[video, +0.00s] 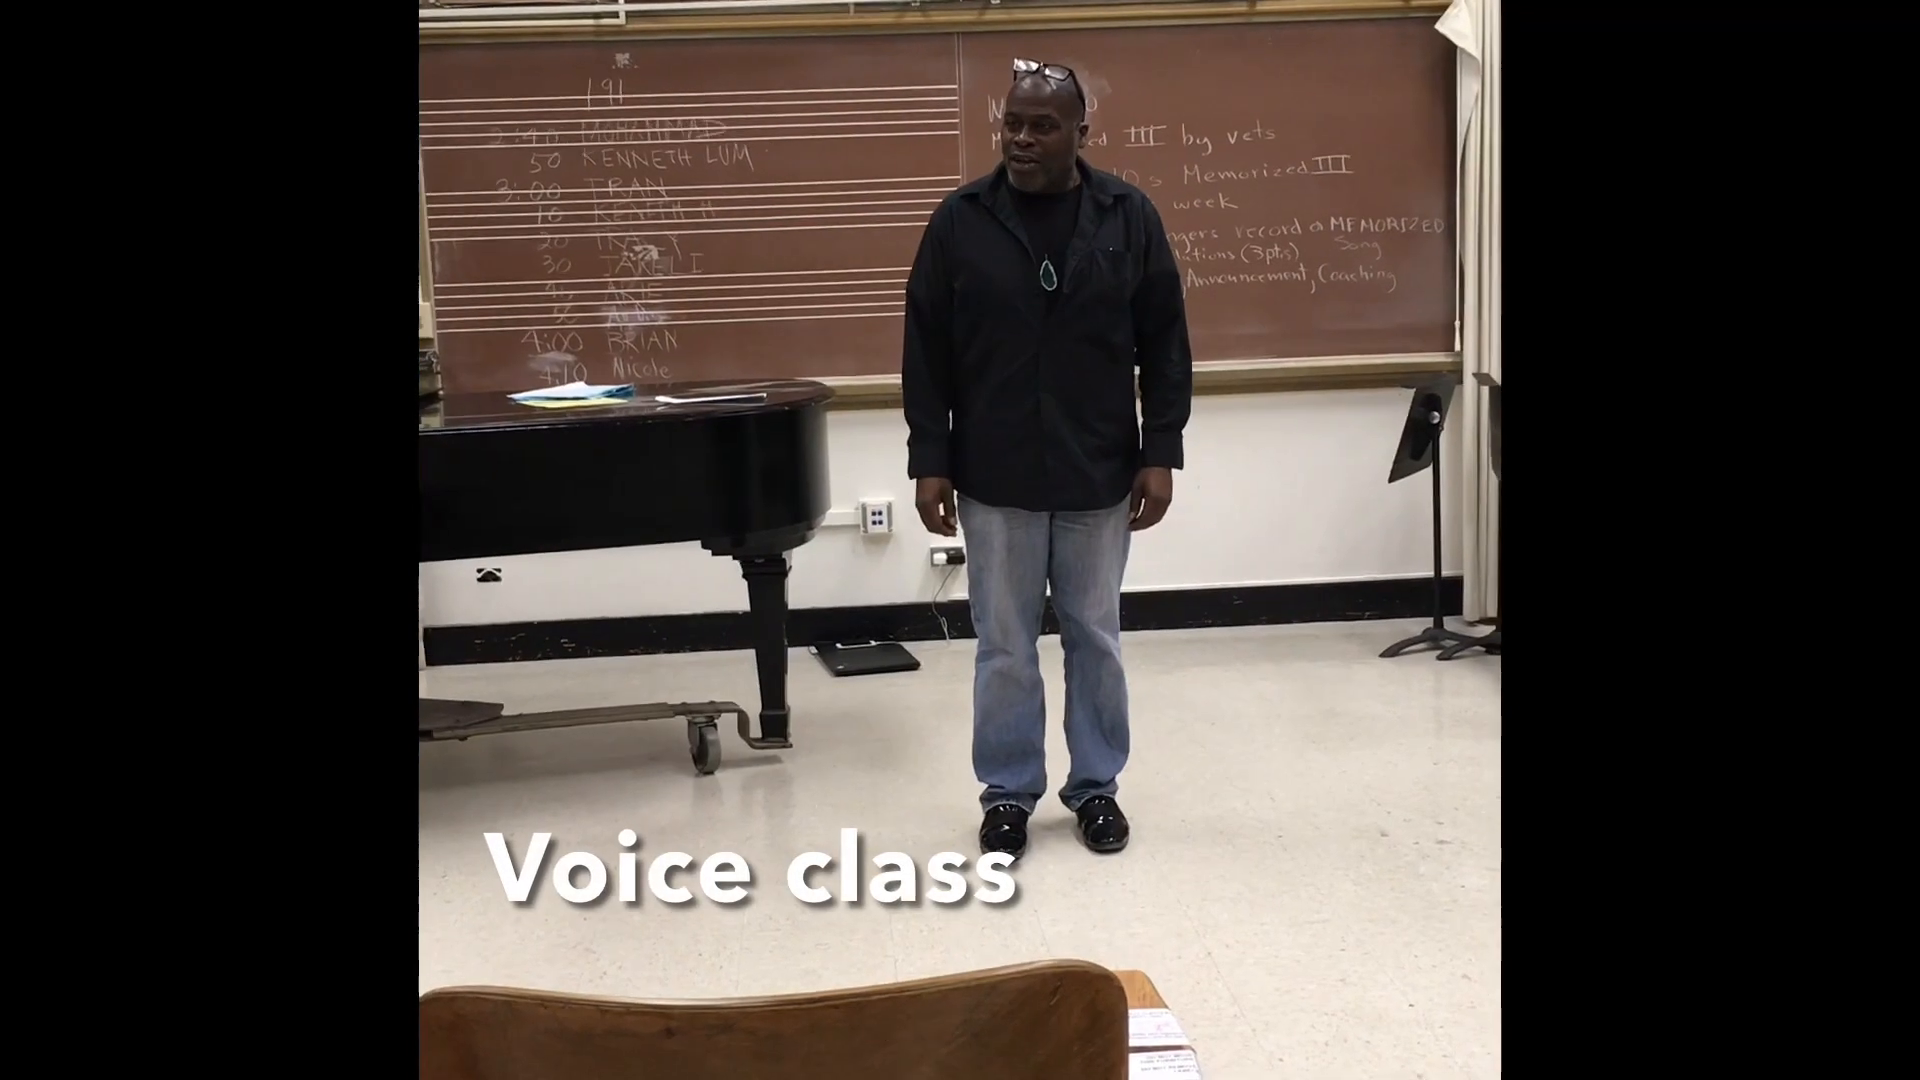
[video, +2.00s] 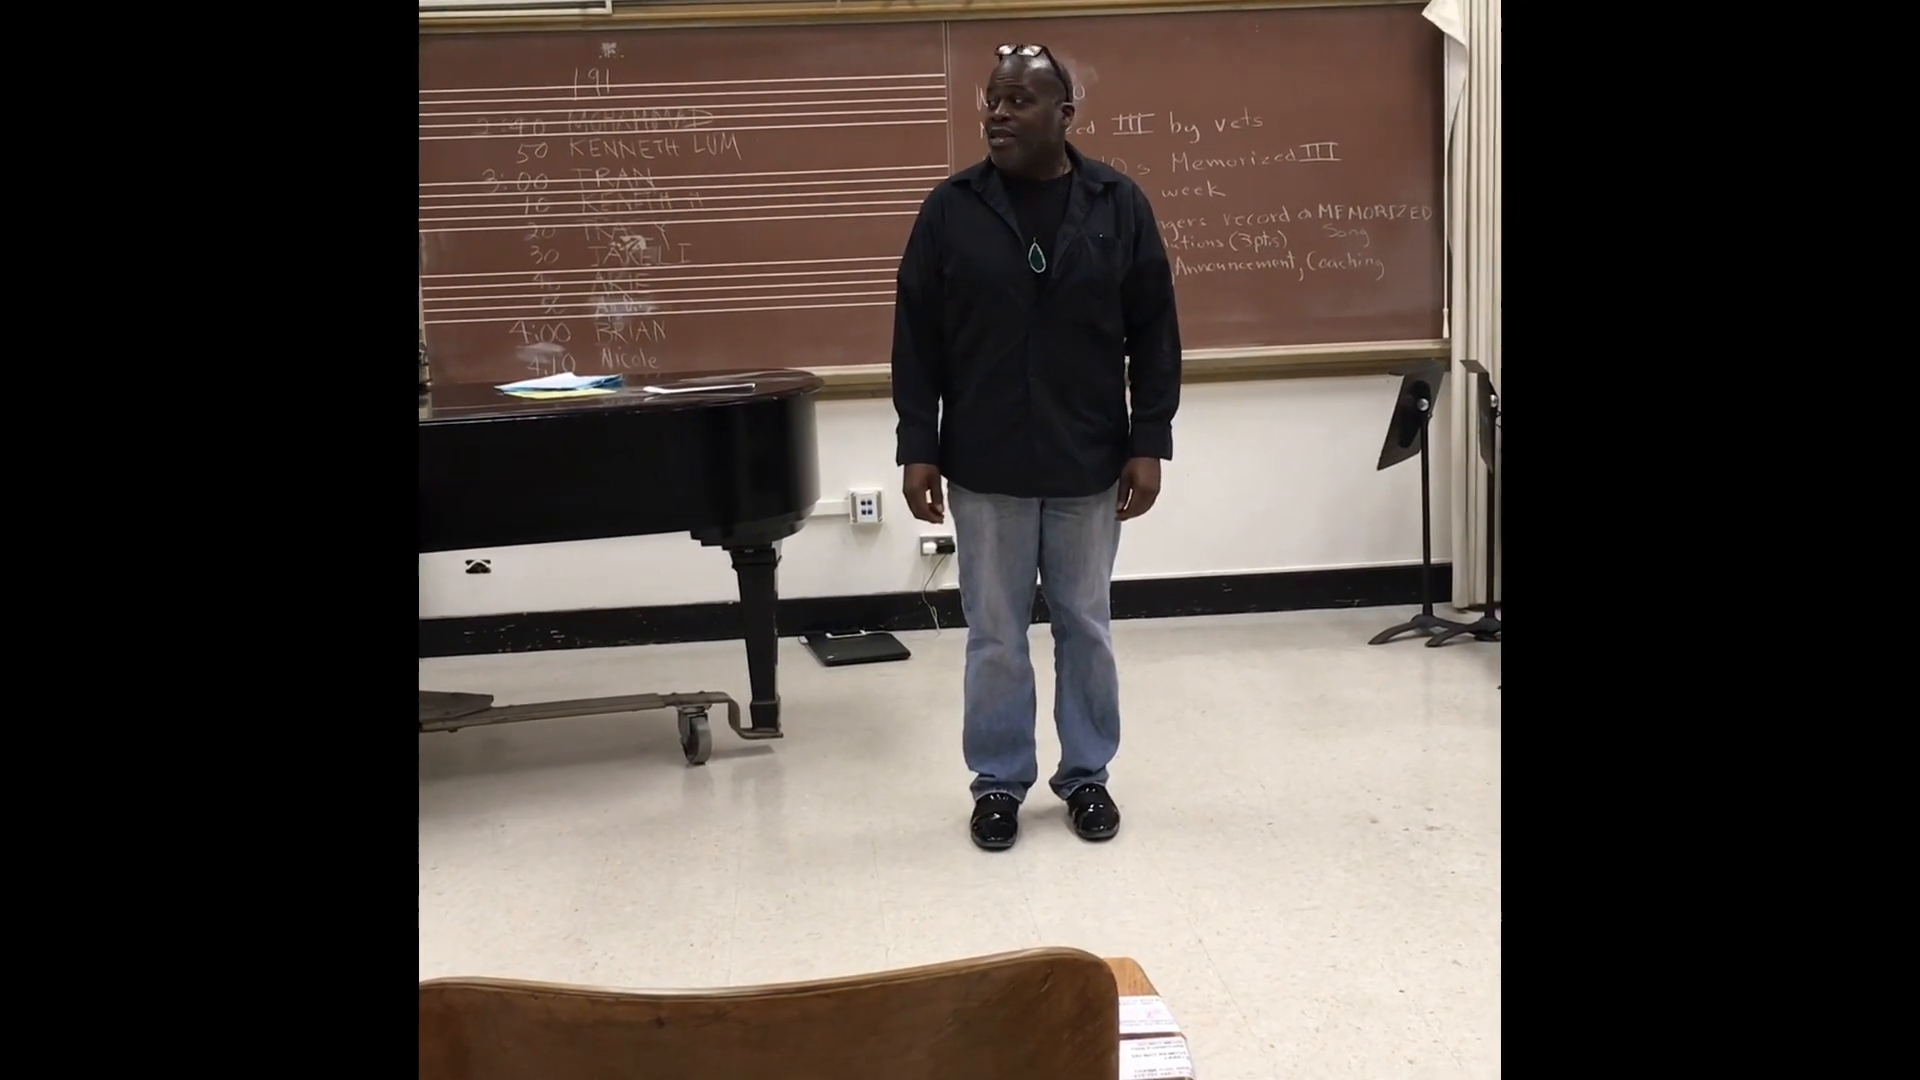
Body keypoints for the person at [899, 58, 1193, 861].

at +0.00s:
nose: (1022, 139)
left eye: (1040, 127)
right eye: (1012, 124)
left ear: (1080, 132)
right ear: (999, 125)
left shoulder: (1127, 216)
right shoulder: (958, 222)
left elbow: (1165, 343)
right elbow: (925, 349)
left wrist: (1159, 456)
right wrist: (929, 463)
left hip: (1098, 466)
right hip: (993, 469)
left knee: (1095, 637)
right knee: (1004, 645)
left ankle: (1096, 788)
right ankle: (1006, 796)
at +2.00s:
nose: (998, 113)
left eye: (1019, 100)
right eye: (992, 99)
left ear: (1066, 113)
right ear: (983, 109)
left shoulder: (1118, 203)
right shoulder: (950, 208)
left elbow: (1155, 331)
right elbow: (916, 333)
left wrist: (1148, 446)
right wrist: (917, 448)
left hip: (1088, 452)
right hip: (984, 455)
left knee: (1085, 625)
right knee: (995, 632)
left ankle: (1087, 776)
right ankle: (996, 782)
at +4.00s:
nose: (1009, 118)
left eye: (1026, 103)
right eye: (1005, 104)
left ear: (1078, 112)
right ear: (1000, 113)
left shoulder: (1146, 202)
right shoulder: (980, 211)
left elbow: (1183, 332)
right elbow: (949, 338)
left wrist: (1174, 447)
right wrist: (949, 452)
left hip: (1119, 455)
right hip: (1015, 458)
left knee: (1121, 626)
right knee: (1029, 632)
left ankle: (1124, 774)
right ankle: (1034, 780)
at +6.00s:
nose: (1068, 108)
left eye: (1082, 95)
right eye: (1050, 96)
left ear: (1103, 107)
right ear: (1020, 111)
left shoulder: (1147, 204)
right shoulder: (979, 212)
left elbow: (1184, 331)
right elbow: (947, 342)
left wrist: (1180, 444)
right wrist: (954, 457)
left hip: (1122, 456)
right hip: (1019, 460)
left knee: (1120, 627)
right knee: (1029, 634)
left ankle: (1122, 776)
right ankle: (1032, 783)